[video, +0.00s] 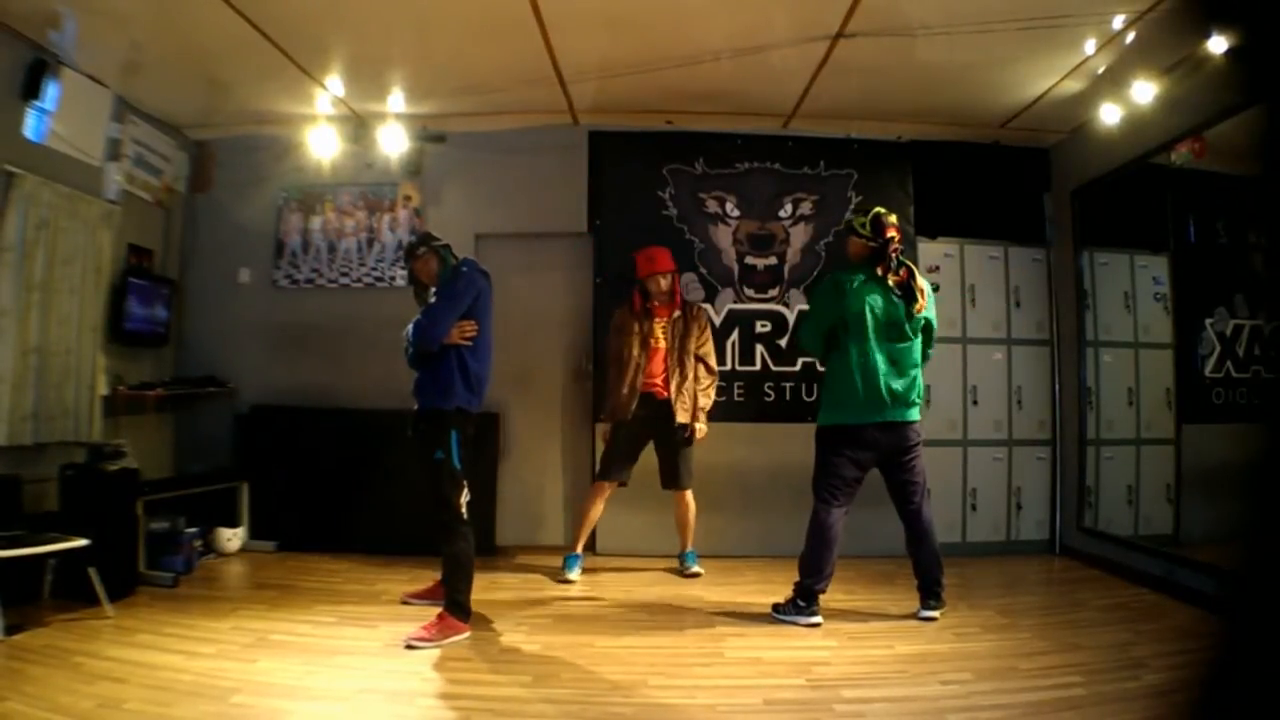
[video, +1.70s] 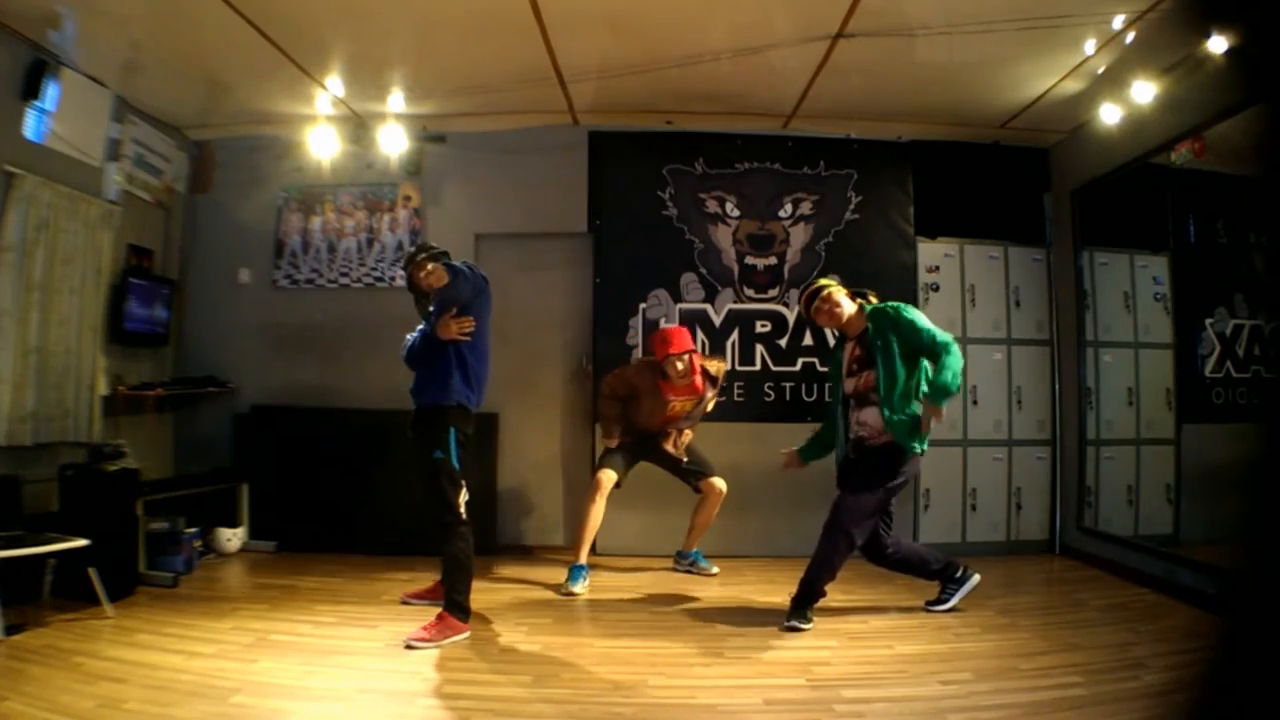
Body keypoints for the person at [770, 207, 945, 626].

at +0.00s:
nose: (842, 243)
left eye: (848, 236)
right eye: (846, 235)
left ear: (863, 245)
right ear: (887, 246)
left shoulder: (837, 285)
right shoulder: (918, 285)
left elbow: (807, 341)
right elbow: (924, 349)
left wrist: (843, 349)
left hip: (847, 416)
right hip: (903, 417)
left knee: (830, 505)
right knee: (916, 507)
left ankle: (806, 600)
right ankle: (932, 598)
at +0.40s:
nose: (862, 249)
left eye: (868, 243)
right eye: (866, 241)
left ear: (882, 249)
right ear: (905, 249)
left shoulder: (854, 285)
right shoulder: (932, 294)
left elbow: (819, 335)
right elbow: (942, 358)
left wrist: (785, 370)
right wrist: (916, 379)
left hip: (855, 412)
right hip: (909, 416)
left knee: (832, 506)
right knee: (918, 506)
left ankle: (806, 599)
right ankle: (932, 597)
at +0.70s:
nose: (868, 253)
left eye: (874, 247)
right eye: (872, 246)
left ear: (889, 253)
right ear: (911, 255)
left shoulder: (865, 287)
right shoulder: (941, 298)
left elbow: (837, 339)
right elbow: (958, 365)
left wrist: (810, 387)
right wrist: (954, 423)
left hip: (859, 421)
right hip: (913, 425)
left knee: (834, 507)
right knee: (920, 507)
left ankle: (808, 598)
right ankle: (932, 597)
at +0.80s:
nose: (864, 256)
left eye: (870, 250)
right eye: (867, 248)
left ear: (885, 254)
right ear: (907, 255)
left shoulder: (872, 289)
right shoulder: (937, 295)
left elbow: (859, 356)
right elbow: (949, 365)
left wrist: (850, 415)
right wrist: (937, 425)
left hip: (874, 419)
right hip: (919, 422)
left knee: (832, 501)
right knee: (917, 504)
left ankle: (809, 597)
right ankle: (932, 597)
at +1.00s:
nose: (852, 269)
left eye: (859, 261)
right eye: (854, 261)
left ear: (881, 265)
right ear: (883, 266)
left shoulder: (892, 307)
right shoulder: (910, 304)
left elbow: (907, 379)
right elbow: (932, 375)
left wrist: (907, 442)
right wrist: (924, 429)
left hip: (882, 437)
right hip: (900, 437)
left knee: (841, 510)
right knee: (901, 514)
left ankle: (808, 597)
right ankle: (951, 585)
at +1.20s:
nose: (857, 280)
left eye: (862, 270)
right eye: (849, 276)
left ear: (882, 271)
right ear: (846, 286)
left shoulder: (913, 315)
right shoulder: (862, 324)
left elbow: (939, 378)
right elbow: (866, 385)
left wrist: (931, 444)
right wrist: (857, 435)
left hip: (898, 442)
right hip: (866, 440)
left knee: (856, 525)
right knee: (885, 526)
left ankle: (806, 603)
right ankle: (958, 576)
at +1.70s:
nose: (827, 307)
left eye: (828, 297)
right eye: (818, 309)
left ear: (846, 293)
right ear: (820, 322)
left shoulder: (892, 317)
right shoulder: (841, 353)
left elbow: (947, 350)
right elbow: (840, 419)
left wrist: (937, 398)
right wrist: (805, 453)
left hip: (895, 449)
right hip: (859, 454)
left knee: (844, 520)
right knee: (876, 545)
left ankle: (802, 603)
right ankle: (954, 575)